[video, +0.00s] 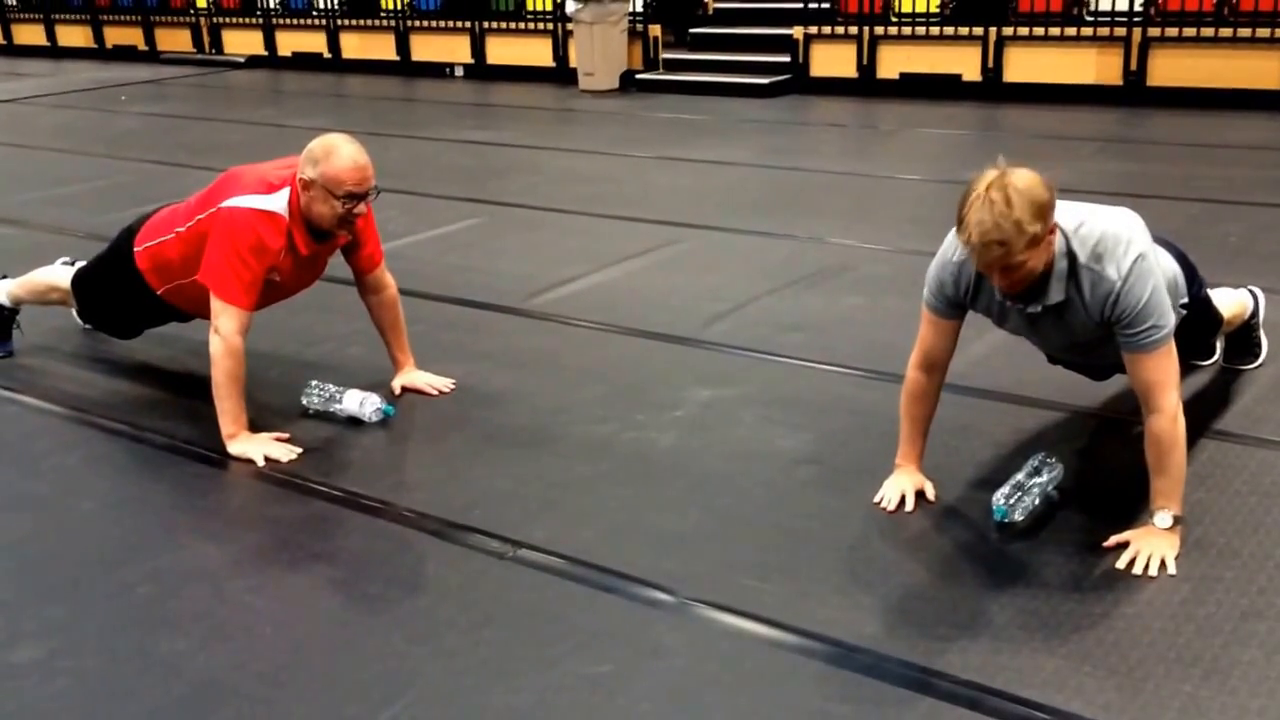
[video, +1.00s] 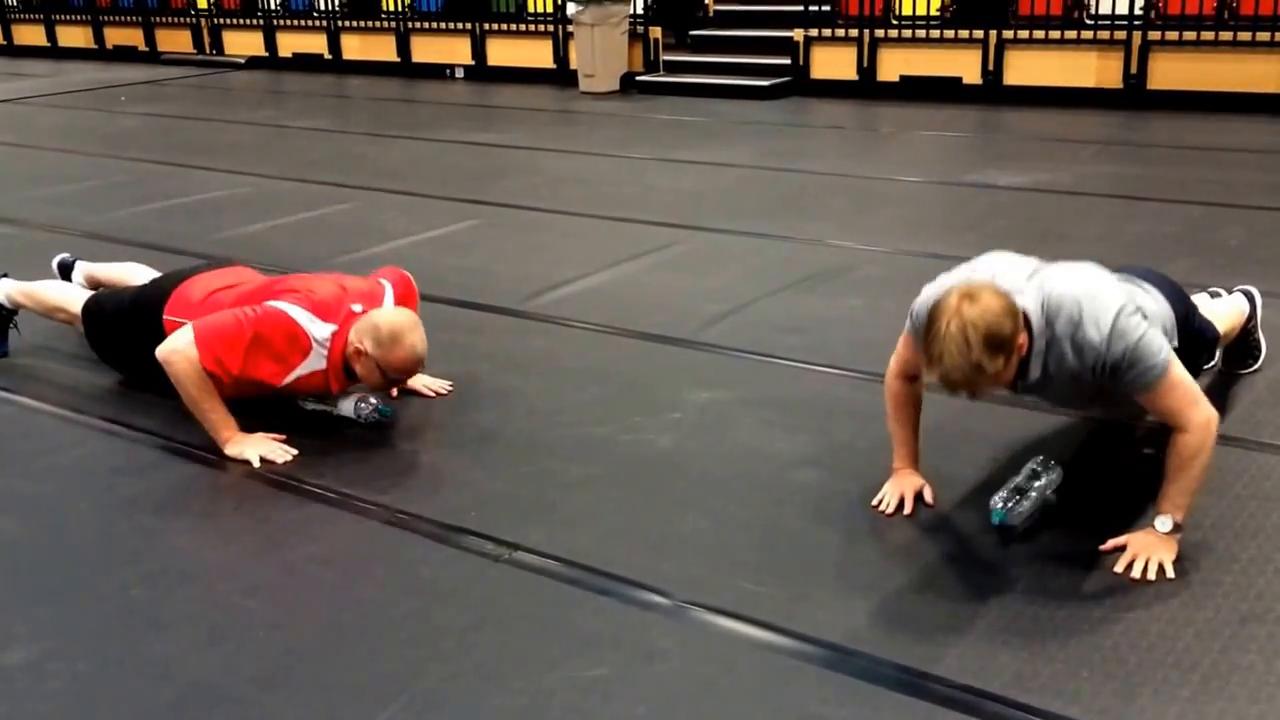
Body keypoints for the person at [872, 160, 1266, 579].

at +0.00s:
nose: (1001, 283)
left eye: (1014, 268)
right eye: (990, 269)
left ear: (1049, 239)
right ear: (974, 247)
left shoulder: (1126, 270)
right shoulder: (958, 260)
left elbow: (1163, 407)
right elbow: (925, 366)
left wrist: (1164, 521)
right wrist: (907, 464)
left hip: (1156, 309)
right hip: (1071, 336)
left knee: (1201, 327)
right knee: (1120, 356)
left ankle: (1246, 304)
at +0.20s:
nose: (995, 310)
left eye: (1006, 298)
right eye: (982, 301)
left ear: (1039, 266)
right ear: (965, 272)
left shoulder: (1126, 283)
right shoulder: (954, 278)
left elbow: (1179, 410)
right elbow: (918, 368)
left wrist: (1164, 522)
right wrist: (906, 465)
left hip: (1154, 315)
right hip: (1078, 351)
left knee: (1202, 319)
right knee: (1156, 351)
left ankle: (1244, 306)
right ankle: (1191, 344)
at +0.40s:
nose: (978, 405)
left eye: (991, 394)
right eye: (968, 395)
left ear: (1025, 361)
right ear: (952, 362)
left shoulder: (1118, 348)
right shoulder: (945, 322)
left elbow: (1218, 425)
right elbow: (899, 373)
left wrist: (1168, 524)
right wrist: (905, 465)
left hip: (1158, 317)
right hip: (1078, 296)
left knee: (1206, 332)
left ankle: (1241, 302)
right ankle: (1203, 299)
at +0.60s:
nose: (972, 485)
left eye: (977, 478)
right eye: (960, 478)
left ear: (1012, 446)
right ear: (941, 426)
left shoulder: (1100, 408)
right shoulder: (948, 372)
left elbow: (1225, 431)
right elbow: (888, 371)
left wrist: (1166, 526)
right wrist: (903, 464)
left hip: (1141, 356)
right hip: (1059, 334)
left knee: (1202, 352)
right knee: (1137, 328)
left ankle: (1239, 303)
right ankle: (1206, 297)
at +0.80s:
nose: (971, 490)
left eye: (974, 482)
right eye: (957, 483)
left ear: (1006, 448)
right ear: (933, 426)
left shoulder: (1092, 406)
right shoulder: (948, 369)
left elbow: (1221, 432)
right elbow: (888, 373)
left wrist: (1166, 527)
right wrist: (903, 464)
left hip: (1142, 357)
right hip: (1059, 333)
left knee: (1202, 352)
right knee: (1138, 328)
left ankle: (1241, 303)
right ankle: (1206, 298)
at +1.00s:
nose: (970, 396)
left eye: (980, 385)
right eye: (960, 388)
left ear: (1015, 349)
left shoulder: (1109, 333)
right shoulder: (934, 310)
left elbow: (1200, 421)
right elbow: (902, 373)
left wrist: (1164, 528)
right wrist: (904, 467)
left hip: (1161, 314)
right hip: (1084, 300)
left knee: (1208, 324)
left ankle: (1244, 306)